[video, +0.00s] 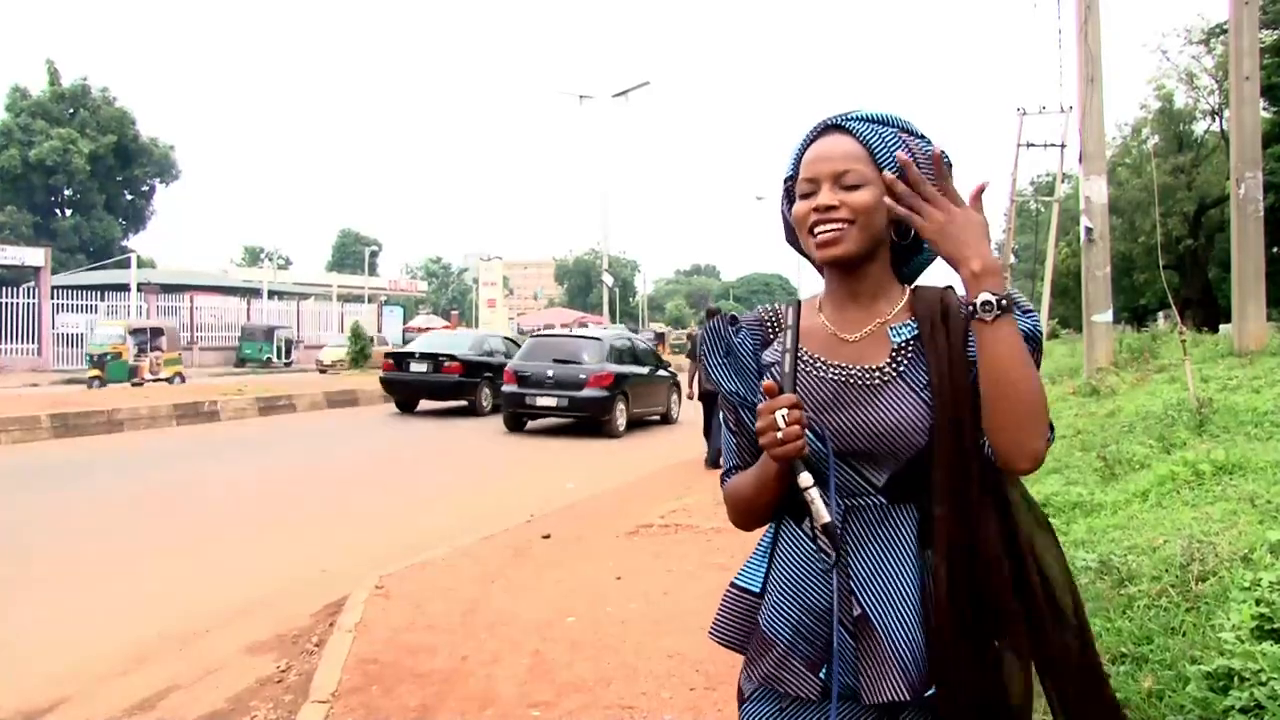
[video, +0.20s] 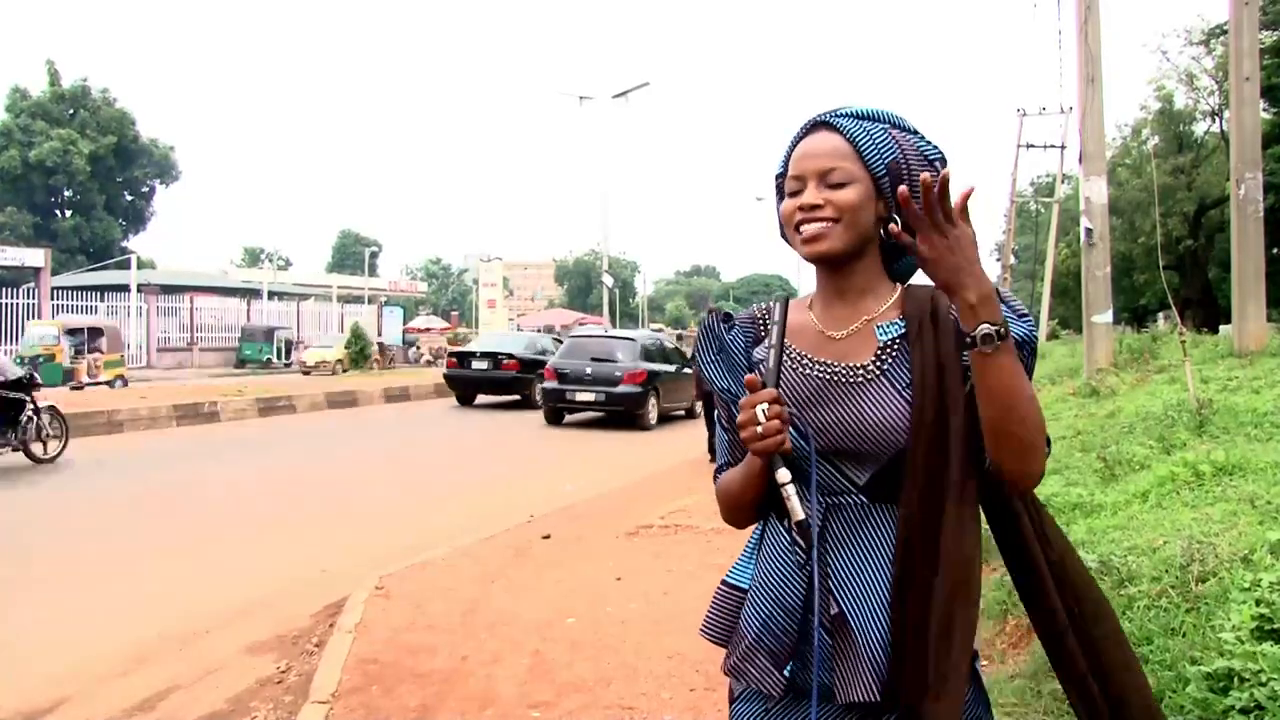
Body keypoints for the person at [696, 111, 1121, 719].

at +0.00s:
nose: (822, 203)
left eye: (849, 183)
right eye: (806, 190)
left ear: (897, 202)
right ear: (792, 216)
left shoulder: (962, 321)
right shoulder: (761, 341)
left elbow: (1023, 451)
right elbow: (741, 512)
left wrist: (980, 271)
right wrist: (775, 462)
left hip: (929, 643)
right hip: (797, 641)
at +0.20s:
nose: (808, 200)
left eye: (835, 182)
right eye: (794, 188)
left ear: (892, 203)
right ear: (781, 212)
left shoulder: (954, 318)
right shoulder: (751, 336)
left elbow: (1023, 471)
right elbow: (733, 511)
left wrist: (977, 299)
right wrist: (757, 456)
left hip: (909, 627)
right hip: (782, 626)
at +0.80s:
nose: (785, 204)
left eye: (814, 184)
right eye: (773, 190)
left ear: (867, 204)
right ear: (763, 208)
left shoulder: (939, 336)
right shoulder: (731, 337)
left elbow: (966, 516)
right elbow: (708, 507)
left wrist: (936, 474)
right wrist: (734, 468)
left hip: (898, 637)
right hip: (763, 635)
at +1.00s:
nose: (781, 205)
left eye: (810, 186)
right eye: (769, 189)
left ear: (860, 209)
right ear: (757, 207)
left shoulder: (927, 335)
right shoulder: (723, 338)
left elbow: (954, 504)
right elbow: (697, 509)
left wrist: (927, 477)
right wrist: (739, 463)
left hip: (890, 636)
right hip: (758, 634)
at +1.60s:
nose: (757, 202)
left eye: (788, 190)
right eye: (747, 184)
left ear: (831, 218)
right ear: (730, 199)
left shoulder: (883, 324)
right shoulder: (688, 336)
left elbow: (916, 490)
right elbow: (667, 514)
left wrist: (918, 316)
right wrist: (695, 459)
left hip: (848, 636)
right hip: (721, 638)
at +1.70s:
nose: (748, 201)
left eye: (780, 190)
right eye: (742, 182)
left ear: (823, 222)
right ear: (726, 194)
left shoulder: (877, 327)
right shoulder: (684, 338)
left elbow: (902, 482)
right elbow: (663, 516)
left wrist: (906, 306)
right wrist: (684, 458)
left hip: (837, 644)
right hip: (713, 641)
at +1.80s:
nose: (743, 203)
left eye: (775, 193)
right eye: (739, 182)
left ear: (820, 223)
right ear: (725, 190)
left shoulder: (871, 327)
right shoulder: (682, 339)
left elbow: (892, 477)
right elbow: (659, 517)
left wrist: (894, 302)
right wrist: (676, 458)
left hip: (831, 633)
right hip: (709, 629)